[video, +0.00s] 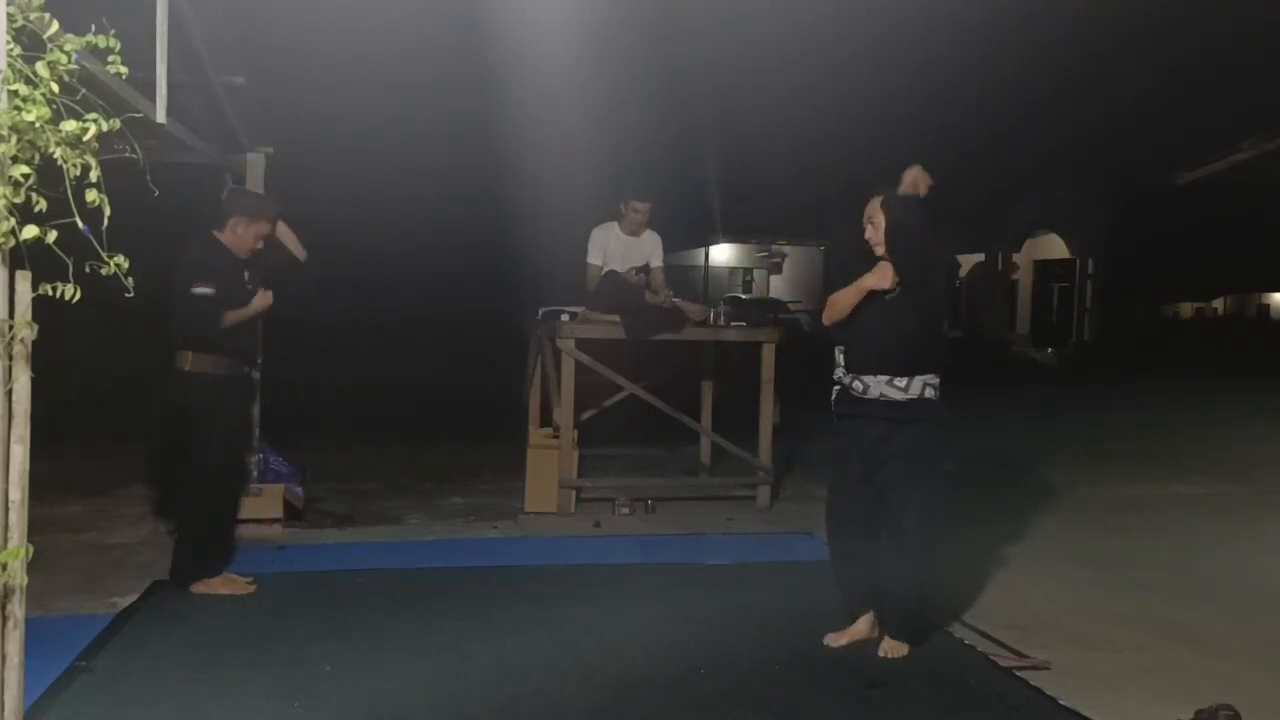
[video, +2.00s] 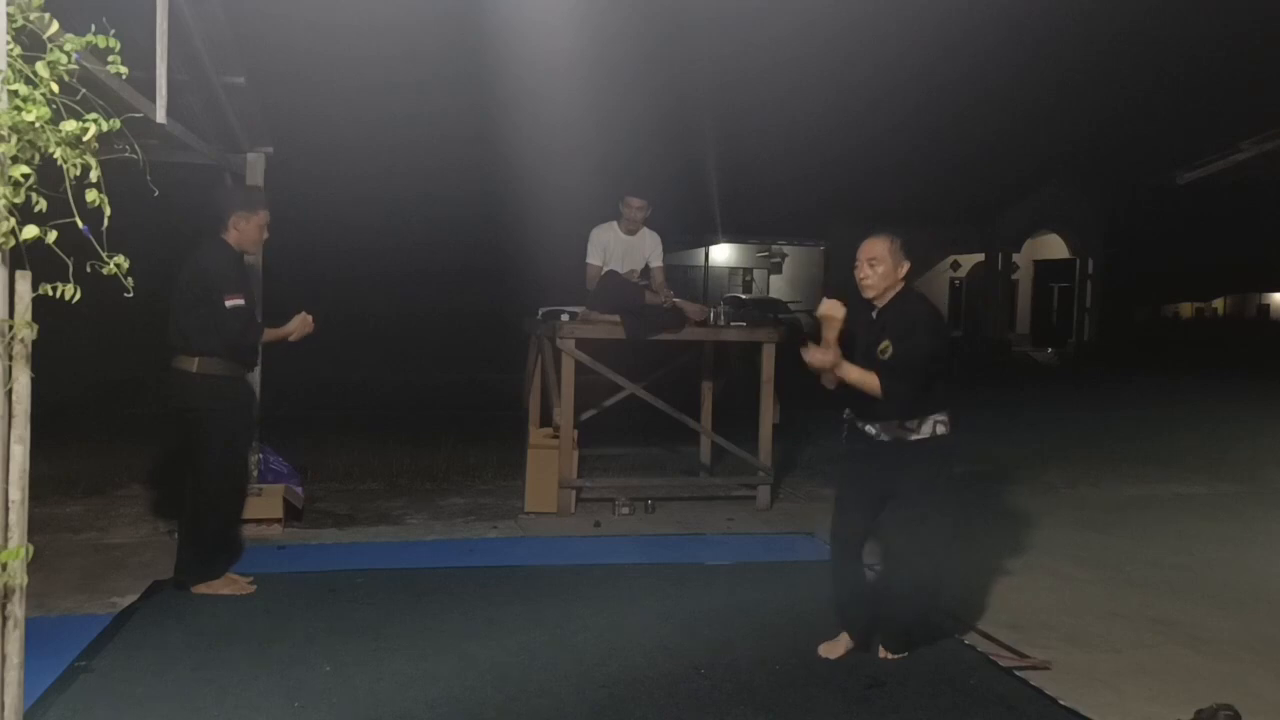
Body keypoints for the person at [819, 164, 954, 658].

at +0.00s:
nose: (869, 234)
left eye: (876, 224)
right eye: (866, 225)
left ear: (903, 226)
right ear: (866, 227)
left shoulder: (930, 275)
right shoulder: (857, 271)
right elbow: (828, 316)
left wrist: (910, 196)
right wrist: (865, 284)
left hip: (911, 415)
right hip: (855, 412)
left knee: (905, 518)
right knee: (849, 513)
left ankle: (900, 622)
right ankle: (863, 613)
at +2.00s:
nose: (862, 271)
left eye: (873, 263)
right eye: (858, 264)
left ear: (902, 269)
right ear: (855, 269)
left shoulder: (922, 318)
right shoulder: (857, 313)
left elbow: (901, 392)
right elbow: (830, 380)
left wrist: (838, 366)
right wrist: (829, 334)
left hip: (916, 446)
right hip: (864, 440)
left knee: (905, 545)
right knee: (844, 539)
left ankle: (899, 631)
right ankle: (853, 627)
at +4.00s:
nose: (827, 274)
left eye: (838, 264)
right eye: (825, 266)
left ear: (859, 272)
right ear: (825, 273)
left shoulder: (876, 314)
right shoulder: (844, 310)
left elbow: (832, 389)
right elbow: (789, 322)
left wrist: (792, 354)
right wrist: (807, 289)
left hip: (922, 445)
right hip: (880, 444)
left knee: (908, 544)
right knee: (842, 524)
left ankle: (964, 642)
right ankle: (866, 613)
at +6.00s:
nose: (869, 296)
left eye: (877, 287)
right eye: (868, 288)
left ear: (908, 289)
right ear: (907, 291)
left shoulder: (912, 335)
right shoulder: (916, 323)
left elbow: (863, 391)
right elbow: (851, 364)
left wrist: (824, 370)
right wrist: (843, 322)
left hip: (959, 454)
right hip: (983, 448)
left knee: (898, 518)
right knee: (980, 533)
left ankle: (886, 624)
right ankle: (1038, 614)